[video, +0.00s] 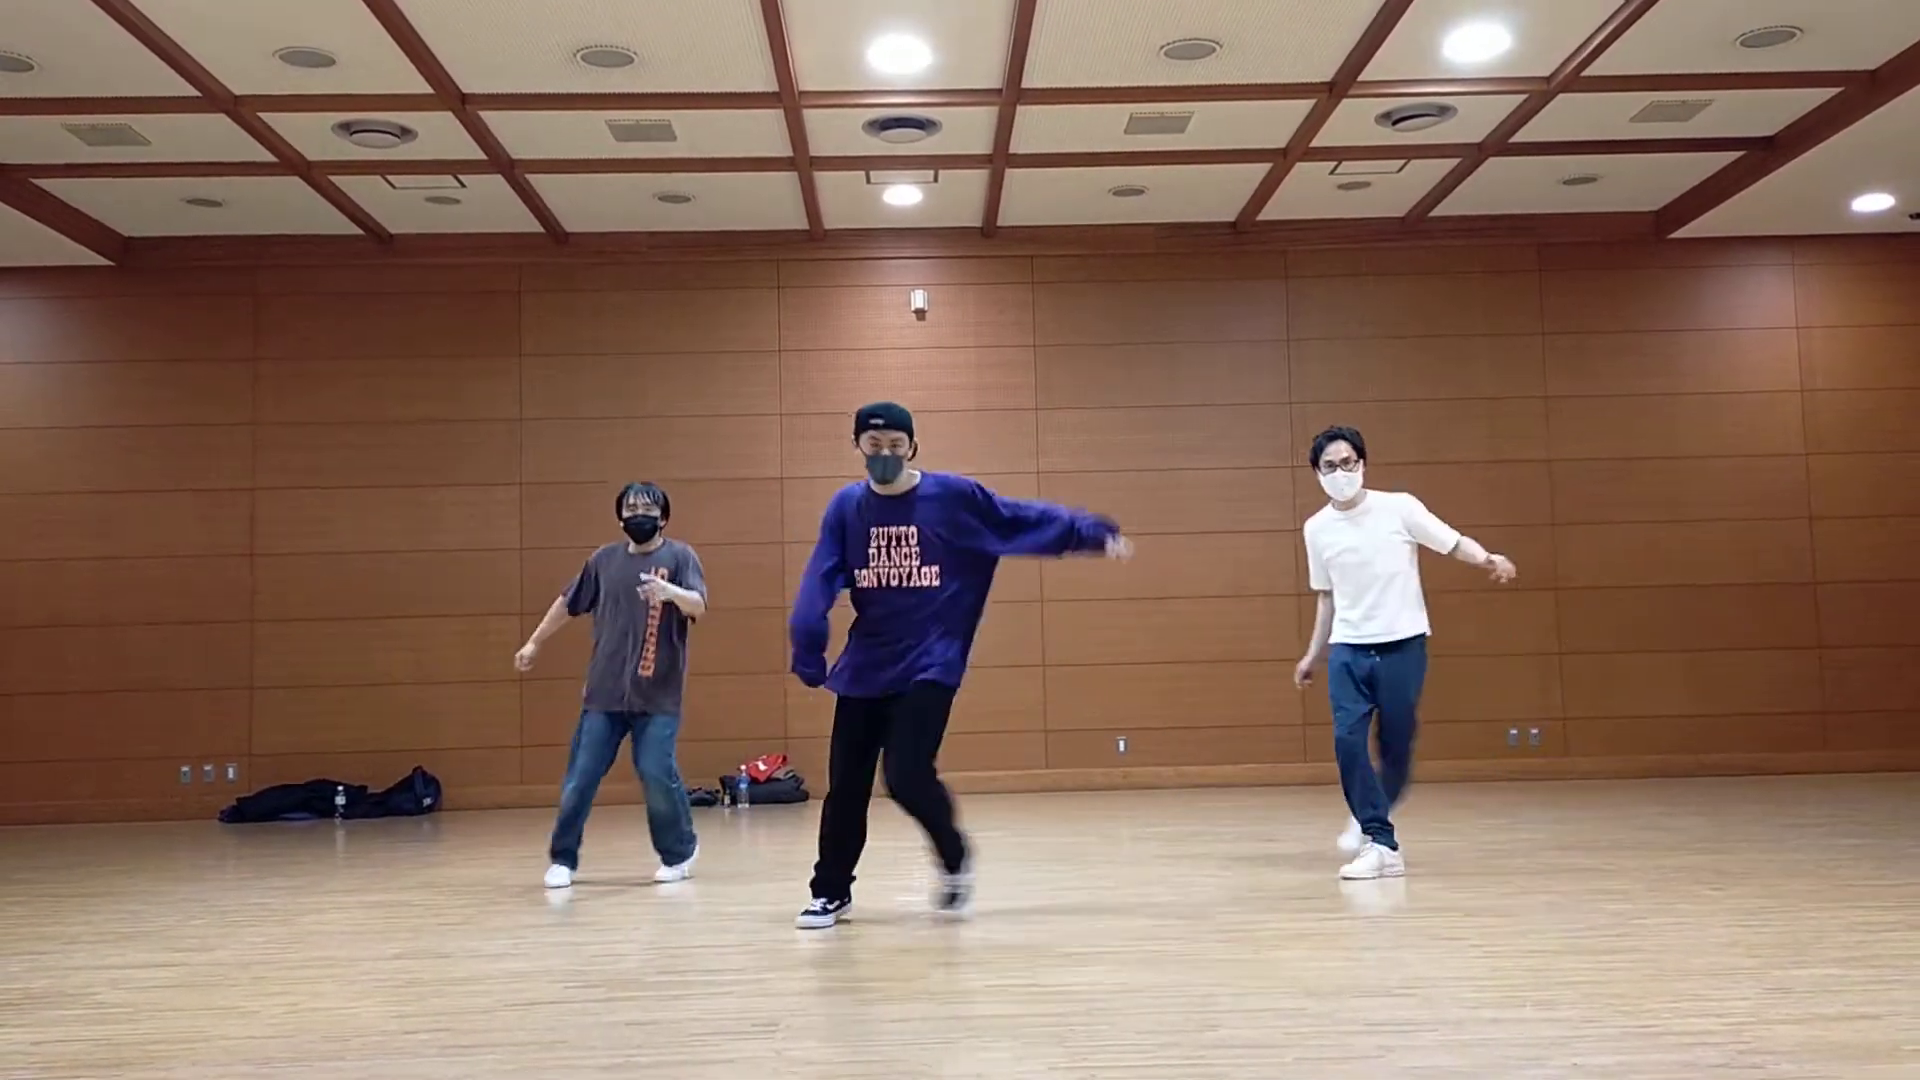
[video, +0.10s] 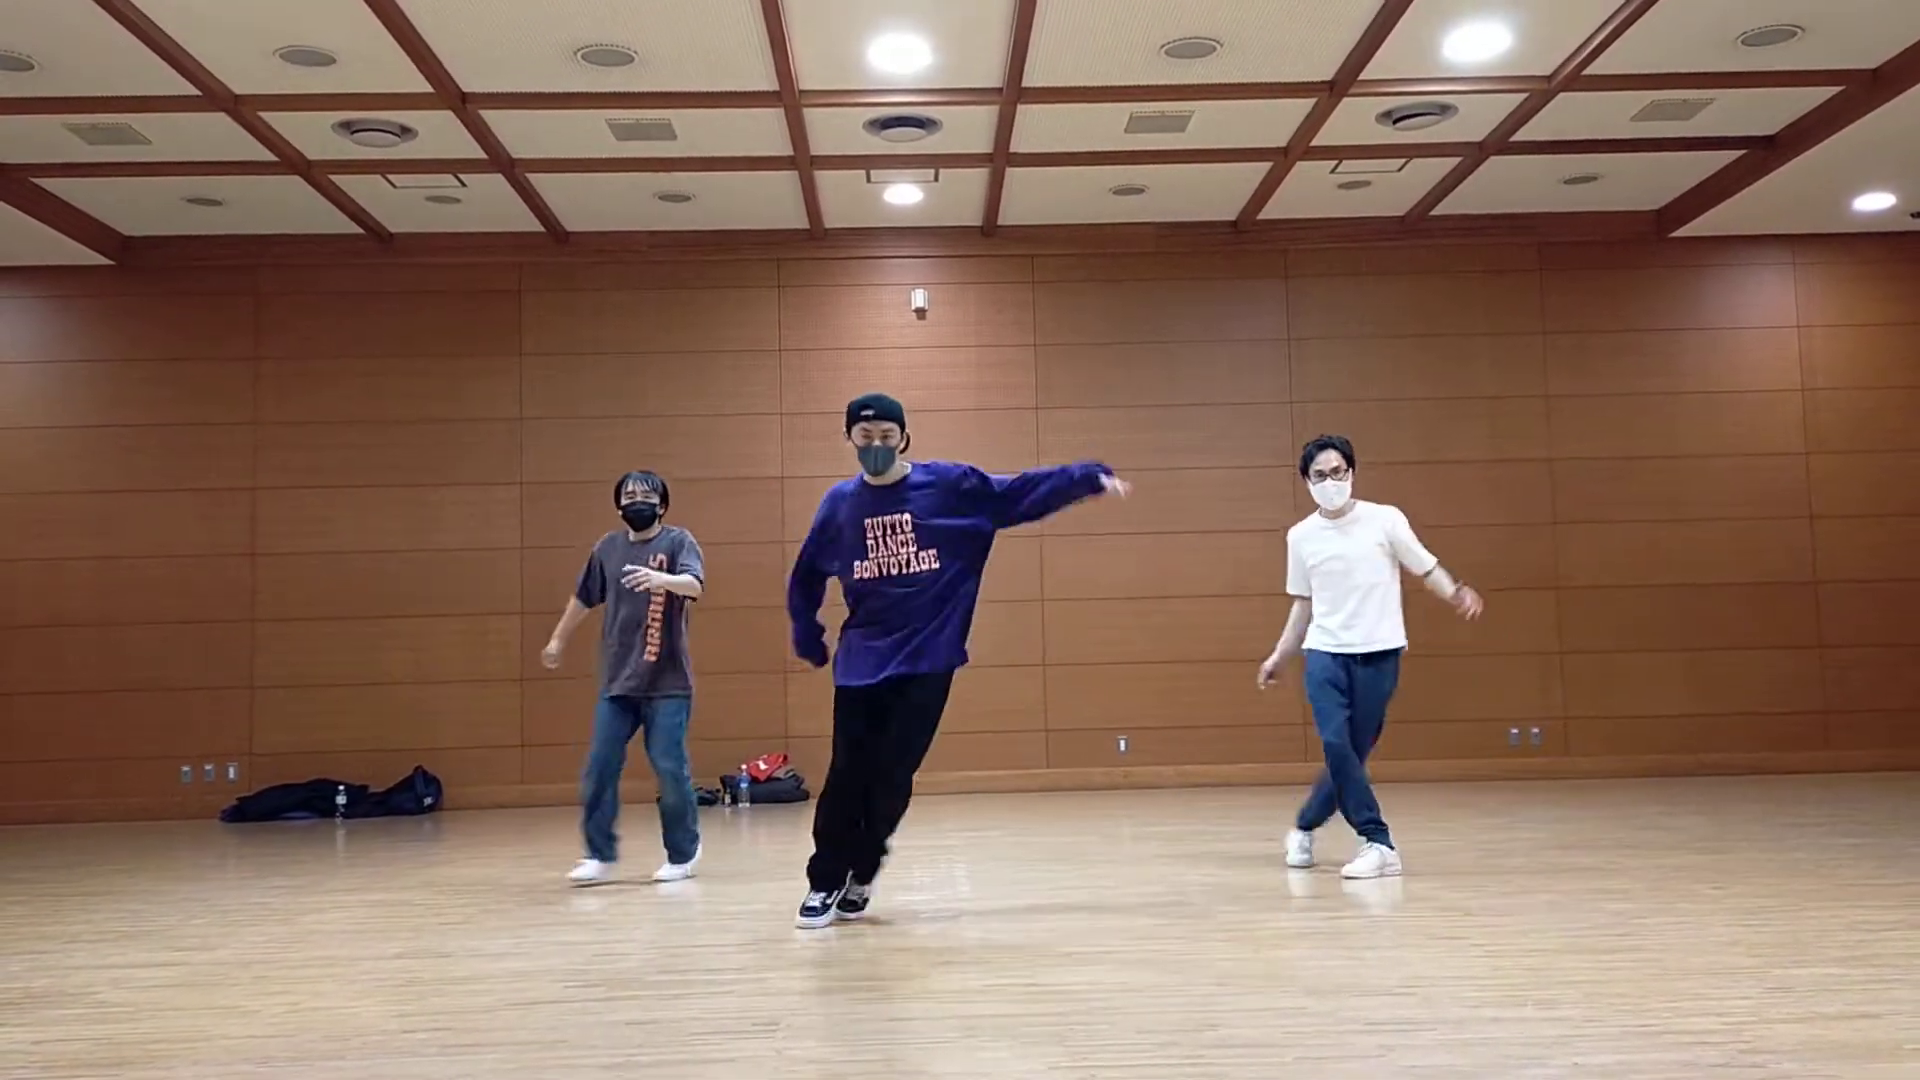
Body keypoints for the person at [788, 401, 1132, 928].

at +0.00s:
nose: (884, 451)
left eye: (894, 443)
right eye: (874, 442)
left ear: (911, 448)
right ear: (859, 447)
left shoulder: (951, 497)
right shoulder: (848, 508)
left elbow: (1020, 520)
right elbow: (819, 581)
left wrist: (1088, 530)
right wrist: (807, 646)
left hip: (933, 656)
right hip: (869, 658)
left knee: (905, 774)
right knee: (847, 783)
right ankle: (831, 892)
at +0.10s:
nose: (874, 443)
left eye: (884, 434)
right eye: (864, 434)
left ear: (902, 438)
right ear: (851, 440)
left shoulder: (947, 485)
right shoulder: (841, 505)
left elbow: (1018, 494)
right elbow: (807, 575)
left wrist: (1084, 477)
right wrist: (806, 636)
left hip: (930, 650)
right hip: (864, 649)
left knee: (891, 770)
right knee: (850, 766)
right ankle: (825, 882)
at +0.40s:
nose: (889, 474)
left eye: (899, 466)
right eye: (879, 466)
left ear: (918, 470)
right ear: (867, 473)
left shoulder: (955, 524)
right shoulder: (862, 531)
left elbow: (1009, 546)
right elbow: (864, 602)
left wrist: (1019, 484)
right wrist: (858, 656)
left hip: (927, 685)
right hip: (860, 675)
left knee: (890, 796)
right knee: (865, 784)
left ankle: (851, 876)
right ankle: (900, 898)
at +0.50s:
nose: (901, 475)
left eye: (911, 465)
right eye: (890, 466)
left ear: (929, 468)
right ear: (876, 471)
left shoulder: (964, 518)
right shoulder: (877, 531)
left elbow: (1006, 517)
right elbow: (860, 607)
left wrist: (993, 446)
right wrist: (845, 673)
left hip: (942, 685)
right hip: (876, 679)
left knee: (915, 803)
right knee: (868, 788)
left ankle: (875, 863)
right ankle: (900, 900)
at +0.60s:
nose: (918, 471)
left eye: (928, 462)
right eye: (907, 463)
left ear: (947, 464)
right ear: (894, 467)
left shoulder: (979, 517)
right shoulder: (888, 524)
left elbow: (1003, 506)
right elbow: (851, 592)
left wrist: (972, 448)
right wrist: (800, 644)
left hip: (962, 679)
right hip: (899, 676)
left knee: (950, 791)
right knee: (887, 788)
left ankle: (944, 864)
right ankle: (901, 902)